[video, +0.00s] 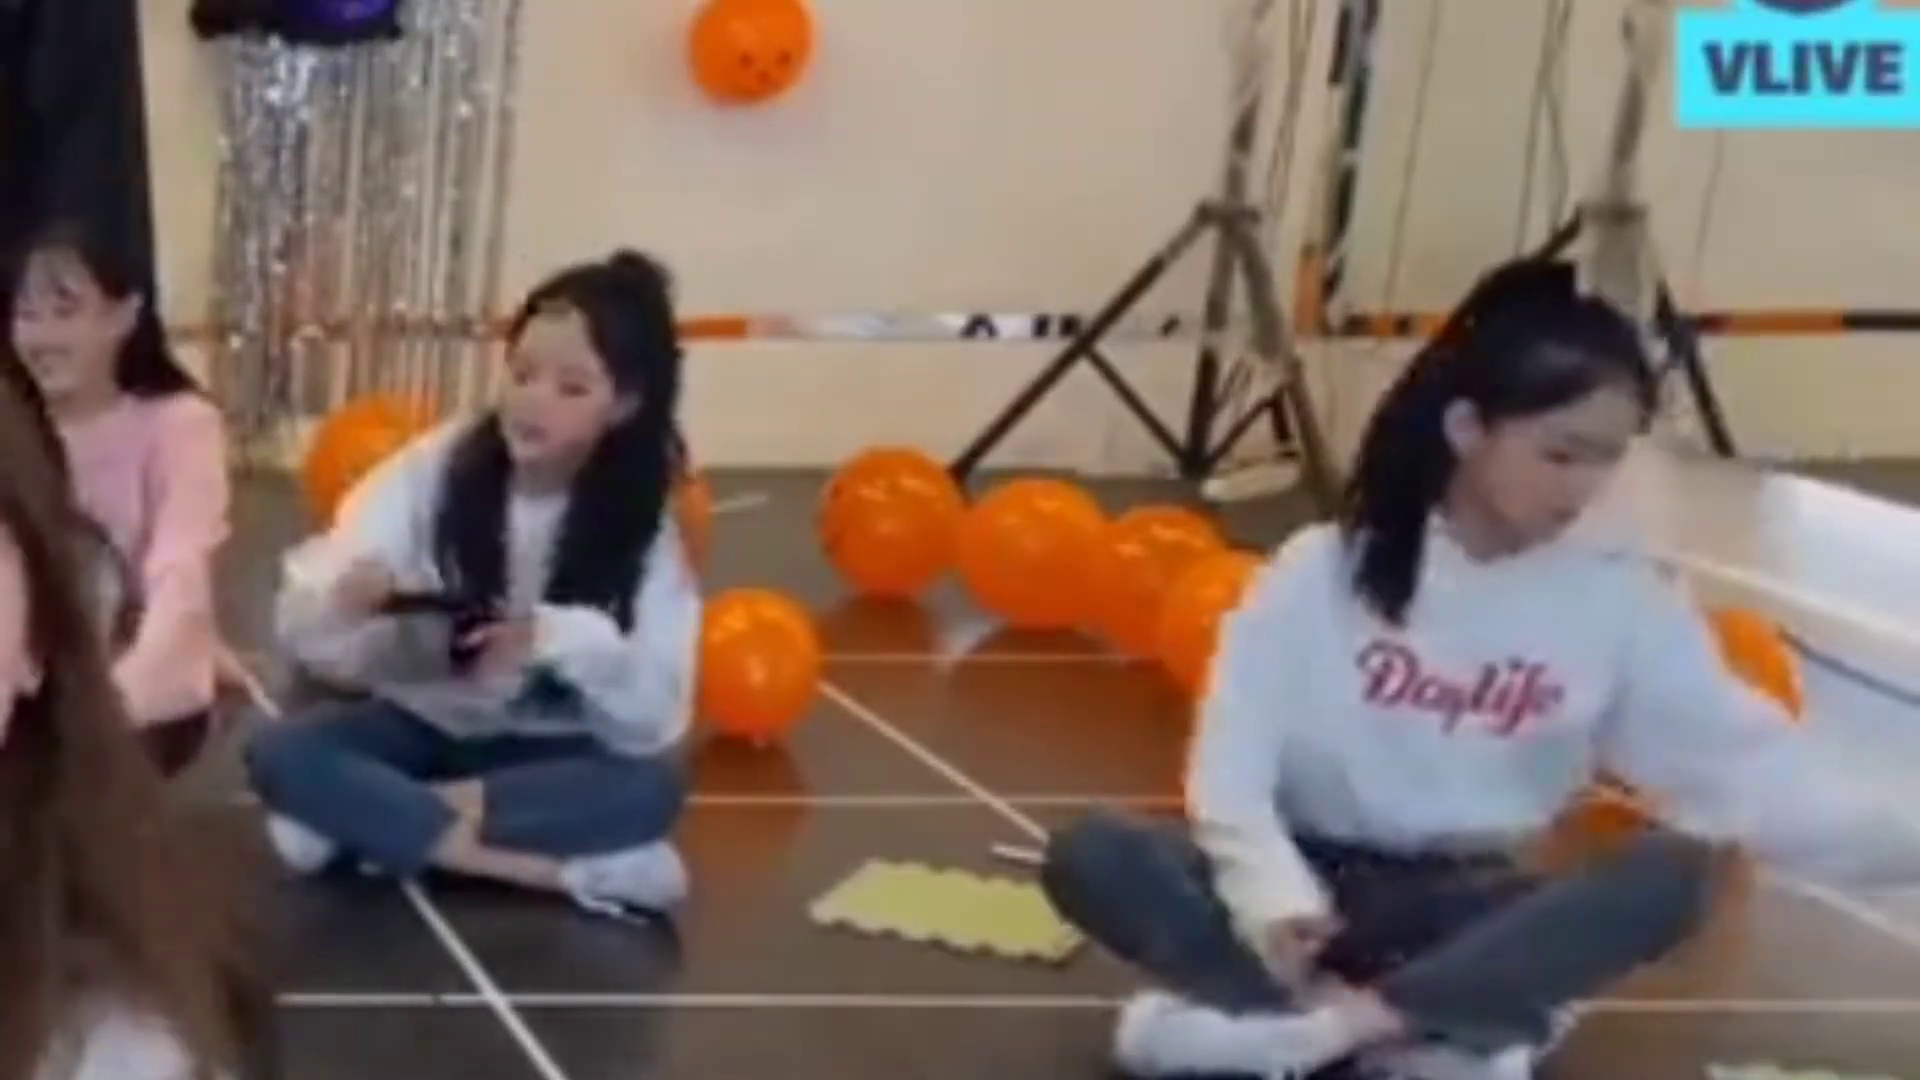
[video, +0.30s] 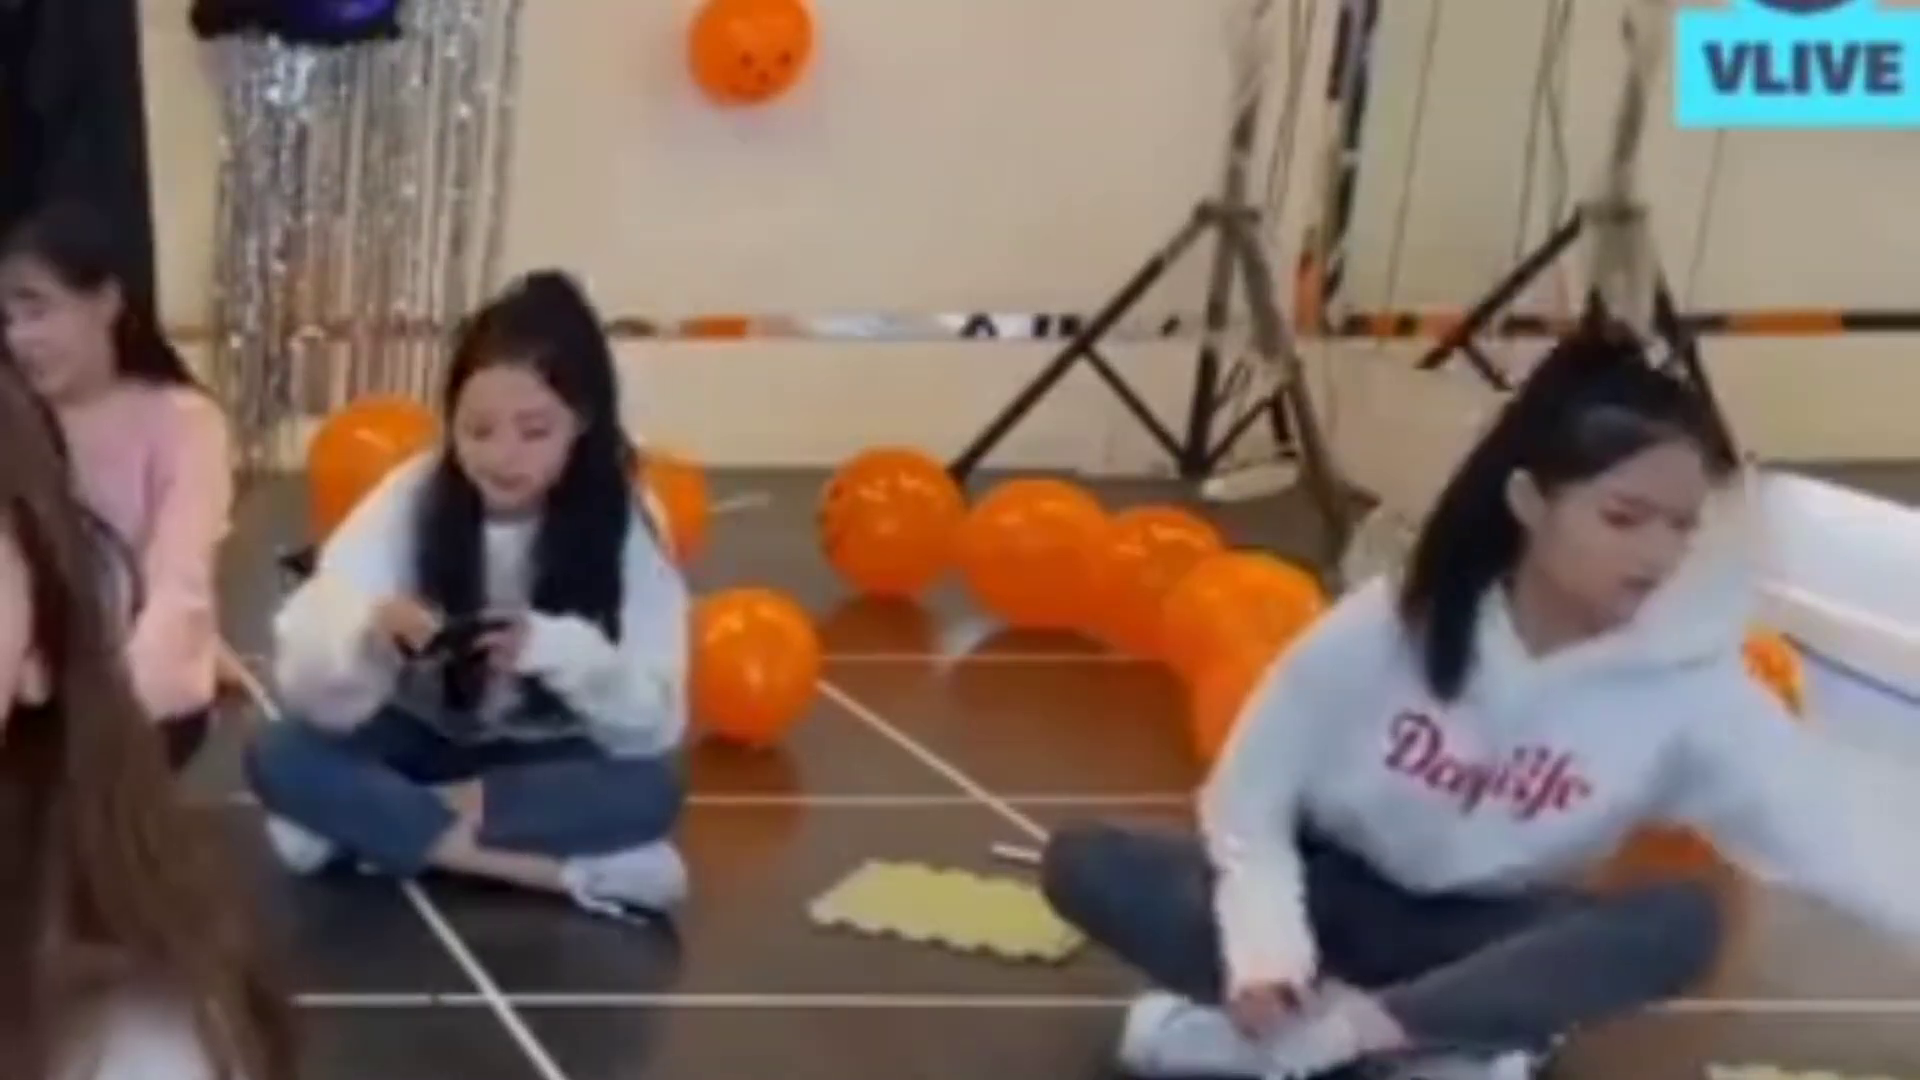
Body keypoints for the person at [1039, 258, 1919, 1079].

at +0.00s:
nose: (1585, 491)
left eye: (1609, 464)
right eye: (1563, 457)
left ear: (1629, 454)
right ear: (1464, 427)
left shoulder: (1619, 603)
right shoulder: (1319, 571)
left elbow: (1751, 773)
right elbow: (1229, 770)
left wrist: (1902, 829)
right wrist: (1286, 917)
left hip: (1469, 906)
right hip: (1300, 882)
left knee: (1670, 879)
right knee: (1086, 851)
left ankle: (1310, 1038)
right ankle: (1399, 1044)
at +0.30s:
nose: (1658, 558)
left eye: (1684, 526)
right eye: (1627, 519)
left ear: (1705, 525)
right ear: (1528, 501)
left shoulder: (1692, 694)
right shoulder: (1379, 633)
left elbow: (1851, 846)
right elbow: (1246, 795)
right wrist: (1267, 947)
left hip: (1480, 932)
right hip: (1314, 893)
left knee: (1683, 921)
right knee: (1084, 861)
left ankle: (1321, 1034)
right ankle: (1408, 1043)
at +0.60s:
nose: (1710, 647)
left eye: (1742, 619)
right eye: (1685, 608)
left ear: (1770, 607)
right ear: (1593, 568)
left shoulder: (1750, 750)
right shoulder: (1450, 663)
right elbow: (1269, 799)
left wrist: (1771, 928)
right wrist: (1269, 971)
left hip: (1508, 951)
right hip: (1354, 890)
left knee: (1674, 948)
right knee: (1098, 852)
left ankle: (1323, 1028)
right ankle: (1401, 1046)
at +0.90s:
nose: (1632, 574)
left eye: (1667, 541)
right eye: (1600, 534)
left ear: (1704, 529)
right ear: (1533, 503)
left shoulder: (1715, 679)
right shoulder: (1399, 631)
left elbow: (1777, 884)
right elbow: (1282, 834)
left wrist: (1732, 1003)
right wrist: (1334, 992)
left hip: (1511, 927)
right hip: (1352, 899)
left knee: (1665, 951)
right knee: (1086, 860)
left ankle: (1286, 1043)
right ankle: (1407, 1038)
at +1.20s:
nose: (1392, 469)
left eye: (1427, 439)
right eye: (1360, 441)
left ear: (1483, 447)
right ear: (1322, 453)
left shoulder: (1554, 613)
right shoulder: (1257, 606)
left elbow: (1562, 827)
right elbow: (1217, 794)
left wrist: (1466, 957)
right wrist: (1238, 955)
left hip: (1464, 891)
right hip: (1288, 883)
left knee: (1660, 942)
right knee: (1074, 882)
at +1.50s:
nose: (1427, 442)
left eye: (1463, 409)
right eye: (1395, 413)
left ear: (1516, 402)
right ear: (1358, 415)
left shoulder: (1595, 580)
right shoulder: (1287, 572)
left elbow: (1612, 798)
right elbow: (1197, 755)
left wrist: (1489, 890)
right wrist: (1244, 901)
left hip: (1482, 889)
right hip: (1295, 866)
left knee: (1659, 942)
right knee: (1079, 874)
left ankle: (1288, 1025)